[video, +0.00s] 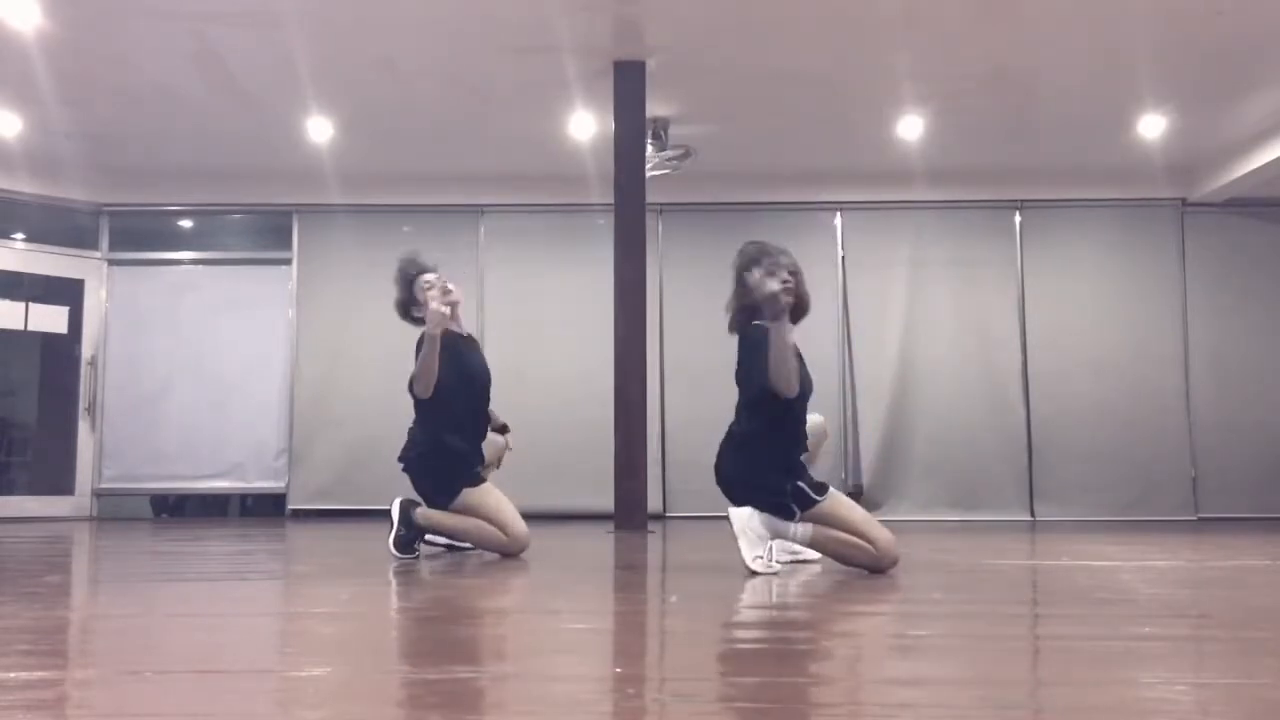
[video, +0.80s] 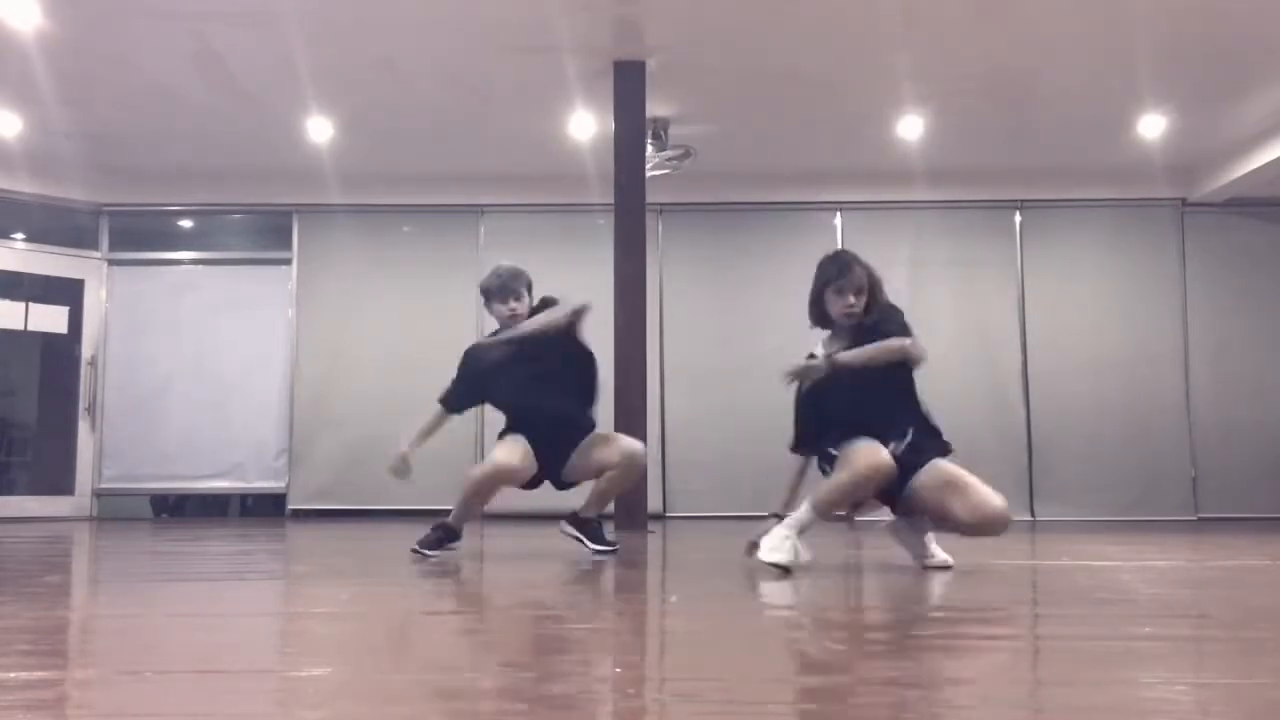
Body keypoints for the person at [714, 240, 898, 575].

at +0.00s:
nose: (787, 278)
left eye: (791, 270)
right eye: (772, 271)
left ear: (798, 280)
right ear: (749, 286)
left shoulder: (761, 330)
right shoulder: (764, 332)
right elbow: (787, 388)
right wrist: (779, 320)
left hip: (743, 459)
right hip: (764, 475)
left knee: (815, 429)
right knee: (884, 553)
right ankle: (766, 525)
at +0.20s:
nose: (780, 292)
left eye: (787, 286)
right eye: (767, 282)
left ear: (794, 297)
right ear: (744, 295)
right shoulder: (772, 327)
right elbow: (847, 365)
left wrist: (853, 435)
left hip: (784, 450)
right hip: (765, 480)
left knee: (888, 440)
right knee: (883, 553)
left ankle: (833, 520)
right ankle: (764, 529)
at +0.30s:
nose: (797, 295)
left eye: (804, 288)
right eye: (784, 287)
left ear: (810, 296)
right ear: (763, 297)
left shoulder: (776, 334)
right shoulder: (795, 330)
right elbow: (876, 367)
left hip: (791, 457)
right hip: (768, 483)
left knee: (890, 427)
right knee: (882, 551)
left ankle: (879, 530)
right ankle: (760, 527)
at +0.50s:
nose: (839, 297)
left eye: (844, 287)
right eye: (826, 289)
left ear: (852, 293)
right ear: (807, 299)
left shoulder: (840, 339)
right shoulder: (817, 336)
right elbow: (786, 339)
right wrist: (747, 338)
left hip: (855, 466)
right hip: (824, 474)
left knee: (935, 433)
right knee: (880, 559)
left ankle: (892, 538)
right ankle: (767, 523)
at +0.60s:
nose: (850, 291)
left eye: (856, 281)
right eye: (838, 282)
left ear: (863, 288)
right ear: (815, 289)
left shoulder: (849, 341)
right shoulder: (804, 342)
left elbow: (877, 411)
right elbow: (738, 385)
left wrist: (920, 375)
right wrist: (680, 412)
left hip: (888, 455)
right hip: (856, 461)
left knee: (984, 464)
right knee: (887, 555)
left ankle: (901, 540)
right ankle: (766, 524)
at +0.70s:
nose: (853, 291)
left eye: (860, 282)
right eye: (840, 283)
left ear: (869, 285)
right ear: (820, 289)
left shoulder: (887, 321)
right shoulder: (809, 354)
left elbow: (935, 351)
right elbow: (774, 425)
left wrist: (881, 337)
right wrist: (740, 479)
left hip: (904, 446)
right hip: (855, 452)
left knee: (1012, 496)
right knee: (900, 521)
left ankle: (911, 530)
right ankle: (781, 525)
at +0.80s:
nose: (850, 301)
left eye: (858, 292)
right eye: (839, 292)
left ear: (869, 294)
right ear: (822, 297)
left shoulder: (884, 319)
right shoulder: (814, 367)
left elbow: (909, 349)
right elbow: (805, 454)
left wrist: (833, 361)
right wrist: (781, 521)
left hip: (907, 449)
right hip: (850, 449)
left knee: (993, 515)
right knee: (875, 464)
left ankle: (913, 526)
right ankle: (788, 532)